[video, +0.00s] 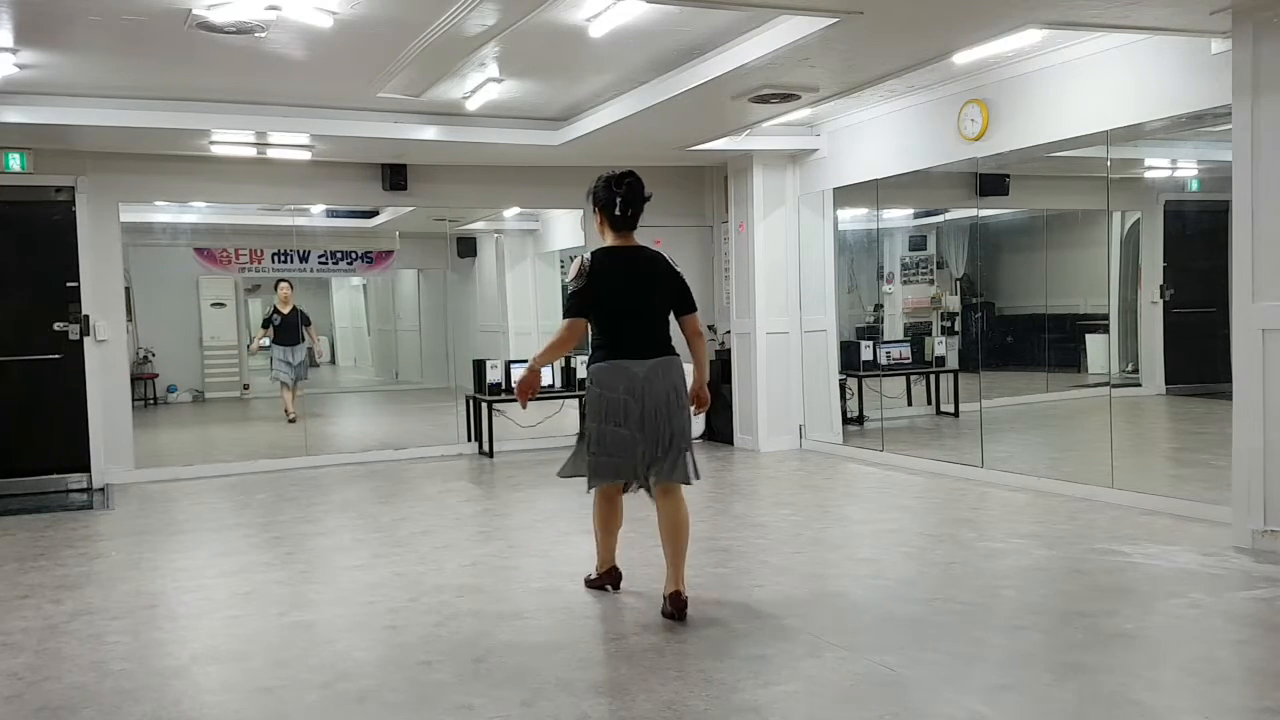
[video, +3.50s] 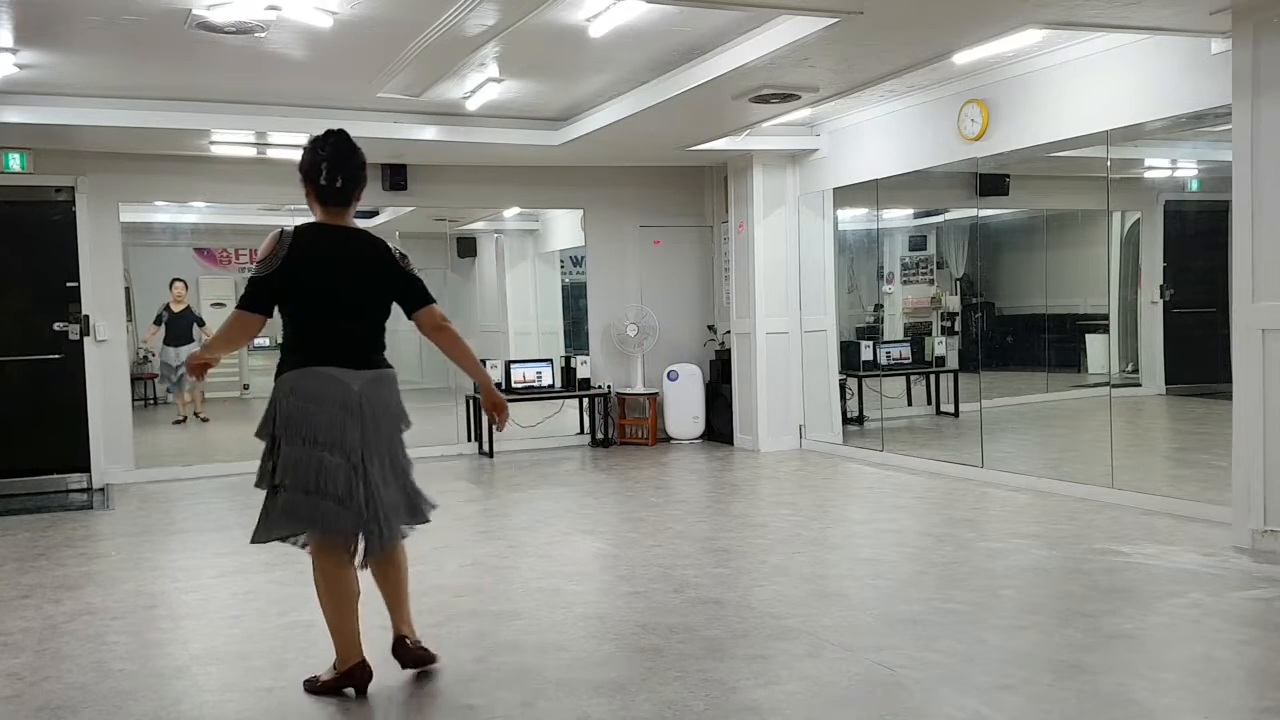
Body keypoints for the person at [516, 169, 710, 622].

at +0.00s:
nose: (592, 219)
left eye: (592, 212)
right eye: (595, 212)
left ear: (599, 215)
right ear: (639, 214)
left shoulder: (591, 266)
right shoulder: (662, 265)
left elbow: (574, 332)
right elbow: (694, 330)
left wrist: (535, 366)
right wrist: (701, 380)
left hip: (610, 379)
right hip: (665, 375)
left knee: (608, 480)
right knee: (668, 482)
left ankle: (607, 568)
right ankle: (676, 590)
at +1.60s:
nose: (523, 198)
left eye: (523, 192)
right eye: (527, 191)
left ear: (529, 196)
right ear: (574, 195)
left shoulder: (515, 251)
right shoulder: (593, 252)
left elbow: (498, 321)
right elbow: (628, 319)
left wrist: (464, 347)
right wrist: (649, 363)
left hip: (532, 379)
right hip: (590, 375)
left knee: (532, 496)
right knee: (593, 492)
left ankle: (554, 609)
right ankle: (595, 605)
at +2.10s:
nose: (456, 195)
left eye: (454, 189)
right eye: (461, 188)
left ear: (458, 195)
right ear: (505, 194)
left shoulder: (440, 251)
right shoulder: (524, 252)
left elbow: (412, 324)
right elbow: (568, 321)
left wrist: (390, 330)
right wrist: (607, 372)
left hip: (463, 380)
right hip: (523, 379)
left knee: (465, 503)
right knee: (548, 490)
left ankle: (472, 623)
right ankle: (586, 596)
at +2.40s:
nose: (428, 198)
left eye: (424, 191)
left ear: (424, 197)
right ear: (473, 195)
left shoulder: (408, 254)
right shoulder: (494, 252)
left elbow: (376, 320)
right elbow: (538, 320)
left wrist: (356, 358)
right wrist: (584, 371)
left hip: (430, 383)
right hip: (493, 382)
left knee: (448, 508)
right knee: (503, 500)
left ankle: (472, 623)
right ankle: (504, 612)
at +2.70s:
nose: (405, 201)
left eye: (400, 194)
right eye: (436, 191)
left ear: (399, 199)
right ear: (450, 196)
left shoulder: (382, 258)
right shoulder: (474, 254)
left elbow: (348, 332)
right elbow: (517, 323)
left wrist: (312, 394)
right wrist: (555, 373)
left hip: (401, 393)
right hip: (462, 392)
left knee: (442, 511)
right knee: (453, 517)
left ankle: (469, 621)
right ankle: (424, 643)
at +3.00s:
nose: (385, 195)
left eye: (376, 187)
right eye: (408, 186)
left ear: (373, 192)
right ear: (425, 190)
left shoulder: (354, 254)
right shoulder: (448, 249)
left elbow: (314, 326)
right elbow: (493, 319)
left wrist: (274, 391)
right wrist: (513, 367)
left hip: (375, 389)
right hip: (442, 385)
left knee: (392, 519)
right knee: (440, 522)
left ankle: (396, 636)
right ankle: (420, 655)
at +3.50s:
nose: (313, 188)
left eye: (307, 180)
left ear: (306, 186)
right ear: (362, 188)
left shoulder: (287, 248)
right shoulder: (381, 254)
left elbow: (247, 323)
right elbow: (434, 324)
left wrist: (209, 353)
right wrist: (484, 380)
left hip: (309, 392)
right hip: (375, 392)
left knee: (328, 529)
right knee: (383, 518)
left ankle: (350, 661)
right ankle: (405, 633)